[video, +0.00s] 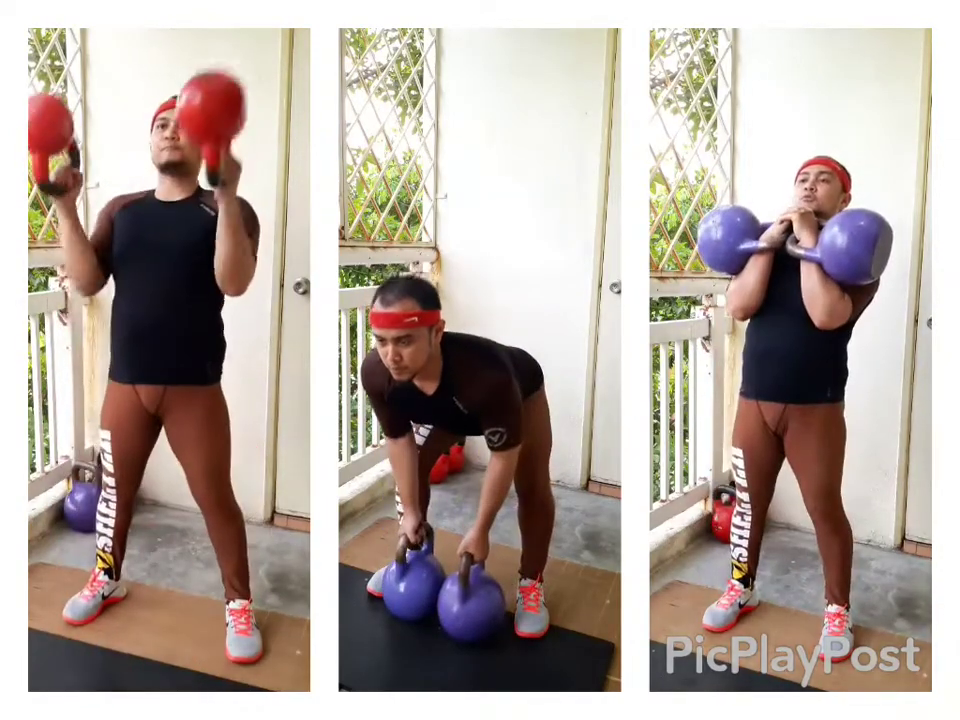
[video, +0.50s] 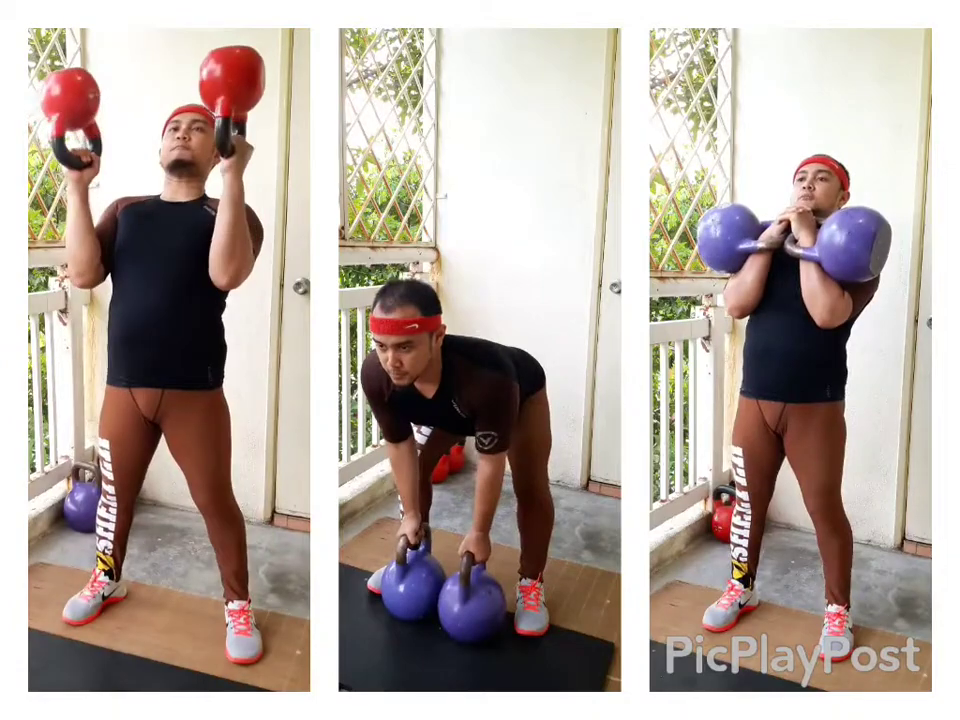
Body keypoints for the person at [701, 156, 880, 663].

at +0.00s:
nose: (809, 186)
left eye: (822, 180)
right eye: (802, 180)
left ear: (845, 198)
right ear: (791, 194)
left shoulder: (854, 257)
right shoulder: (768, 245)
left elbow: (828, 315)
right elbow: (738, 306)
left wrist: (806, 243)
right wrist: (768, 244)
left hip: (814, 407)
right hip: (754, 400)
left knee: (825, 513)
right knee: (749, 502)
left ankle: (836, 609)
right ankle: (740, 586)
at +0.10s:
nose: (807, 186)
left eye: (821, 179)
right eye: (801, 179)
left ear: (845, 197)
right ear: (791, 194)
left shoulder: (853, 257)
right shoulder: (768, 244)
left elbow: (829, 315)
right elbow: (738, 306)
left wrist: (807, 243)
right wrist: (768, 243)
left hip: (814, 406)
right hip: (754, 399)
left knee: (825, 512)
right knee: (749, 502)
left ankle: (836, 609)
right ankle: (740, 586)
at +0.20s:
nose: (807, 185)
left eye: (820, 179)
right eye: (801, 179)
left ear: (845, 196)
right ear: (791, 193)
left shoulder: (853, 256)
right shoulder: (768, 244)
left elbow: (828, 315)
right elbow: (737, 306)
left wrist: (806, 242)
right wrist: (768, 244)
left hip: (814, 406)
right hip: (754, 399)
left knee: (825, 512)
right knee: (749, 501)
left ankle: (836, 609)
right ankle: (740, 586)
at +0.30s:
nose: (807, 185)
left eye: (820, 179)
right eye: (801, 179)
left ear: (845, 196)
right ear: (791, 193)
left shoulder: (853, 257)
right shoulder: (768, 244)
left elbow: (828, 314)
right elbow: (736, 305)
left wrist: (805, 242)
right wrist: (768, 244)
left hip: (814, 407)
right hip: (755, 400)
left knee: (825, 512)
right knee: (749, 502)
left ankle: (836, 609)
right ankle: (740, 586)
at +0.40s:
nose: (806, 185)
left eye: (820, 179)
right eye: (800, 179)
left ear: (844, 196)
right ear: (790, 193)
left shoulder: (854, 257)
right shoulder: (768, 243)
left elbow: (828, 314)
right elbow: (736, 305)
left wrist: (806, 242)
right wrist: (768, 243)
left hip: (814, 406)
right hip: (754, 398)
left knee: (825, 512)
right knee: (749, 502)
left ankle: (837, 609)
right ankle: (740, 586)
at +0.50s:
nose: (805, 186)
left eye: (819, 179)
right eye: (800, 179)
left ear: (844, 196)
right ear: (790, 193)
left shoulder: (854, 257)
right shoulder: (768, 243)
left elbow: (828, 314)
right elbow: (735, 305)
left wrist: (805, 242)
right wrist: (767, 243)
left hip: (814, 406)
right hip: (754, 399)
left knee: (825, 512)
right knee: (749, 501)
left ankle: (837, 609)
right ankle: (740, 586)